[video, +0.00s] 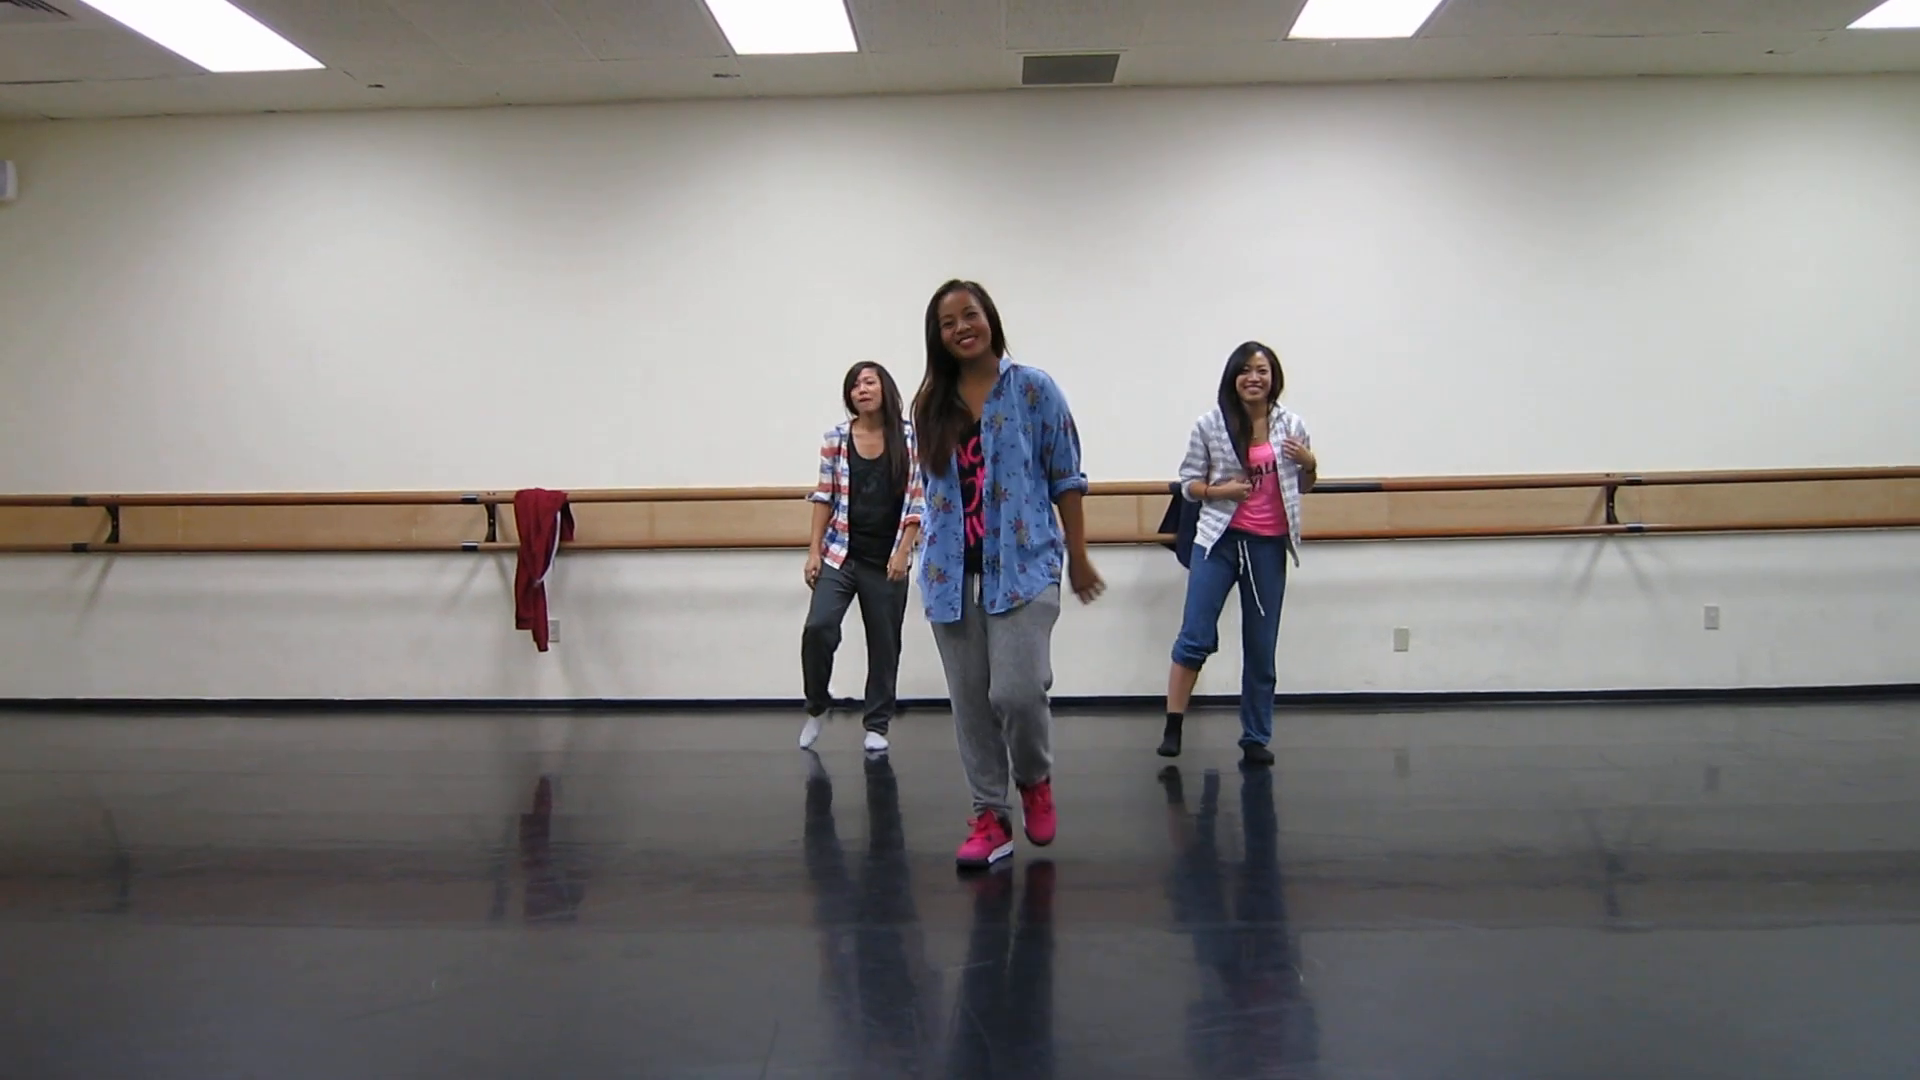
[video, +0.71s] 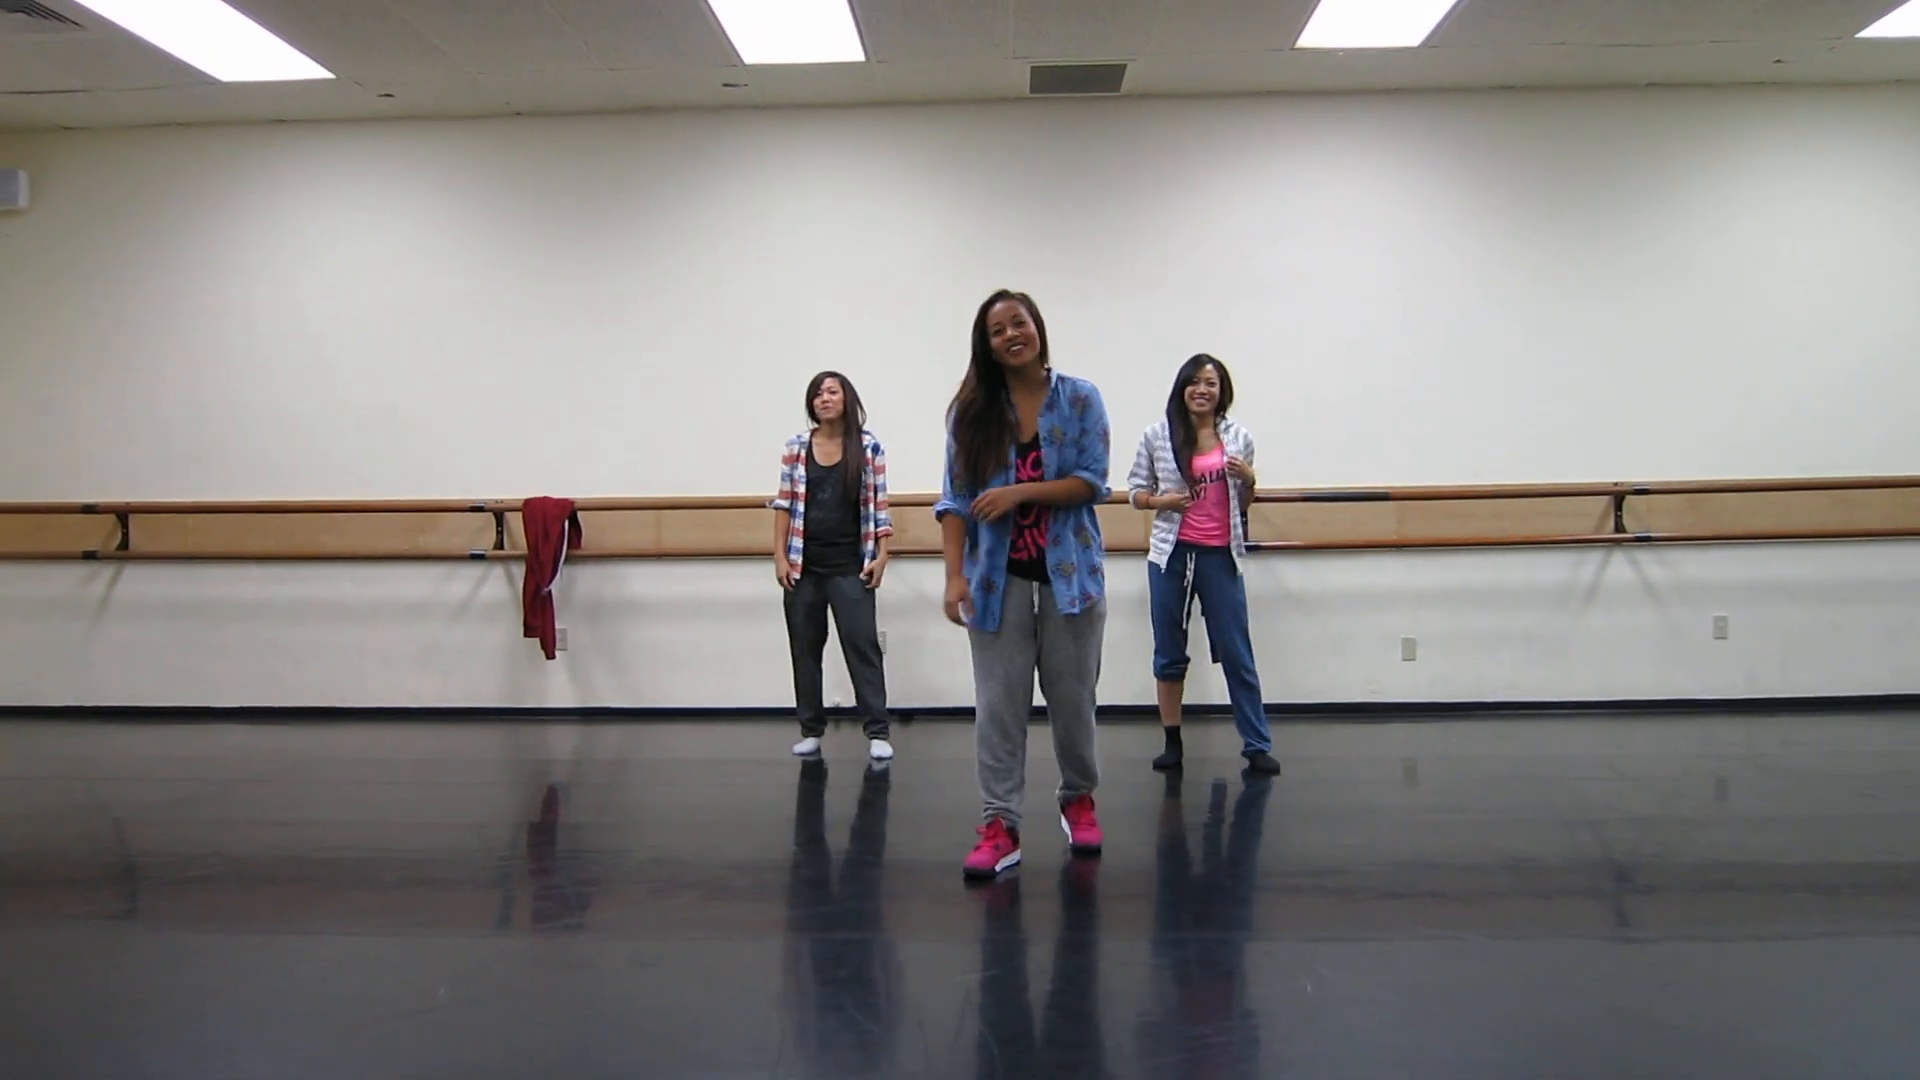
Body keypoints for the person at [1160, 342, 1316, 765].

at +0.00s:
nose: (1254, 377)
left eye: (1262, 371)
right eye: (1246, 371)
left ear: (1274, 378)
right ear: (1232, 378)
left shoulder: (1290, 423)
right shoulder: (1210, 426)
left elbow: (1303, 488)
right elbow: (1188, 486)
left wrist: (1309, 464)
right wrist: (1221, 489)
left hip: (1268, 543)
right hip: (1217, 539)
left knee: (1261, 648)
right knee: (1195, 634)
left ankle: (1256, 740)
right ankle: (1173, 726)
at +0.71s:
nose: (1201, 390)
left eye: (1210, 384)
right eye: (1193, 383)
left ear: (1222, 392)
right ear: (1180, 389)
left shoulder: (1237, 438)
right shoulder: (1157, 436)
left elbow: (1243, 503)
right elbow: (1137, 494)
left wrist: (1247, 479)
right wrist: (1164, 500)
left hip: (1219, 555)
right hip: (1169, 554)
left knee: (1236, 653)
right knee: (1169, 655)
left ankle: (1257, 747)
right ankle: (1171, 744)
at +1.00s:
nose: (1195, 391)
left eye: (1202, 385)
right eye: (1187, 384)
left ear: (1214, 392)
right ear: (1172, 391)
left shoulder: (1226, 438)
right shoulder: (1152, 438)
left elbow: (1238, 510)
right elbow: (1129, 497)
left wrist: (1238, 482)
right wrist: (1161, 492)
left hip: (1219, 554)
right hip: (1169, 555)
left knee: (1243, 652)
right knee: (1171, 656)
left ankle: (1267, 746)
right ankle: (1173, 748)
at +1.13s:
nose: (1198, 390)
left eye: (1206, 383)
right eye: (1190, 383)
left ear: (1217, 392)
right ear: (1176, 392)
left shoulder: (1232, 441)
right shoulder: (1161, 441)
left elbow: (1248, 506)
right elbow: (1136, 493)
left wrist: (1251, 475)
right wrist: (1159, 477)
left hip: (1224, 553)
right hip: (1174, 553)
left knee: (1252, 650)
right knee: (1174, 653)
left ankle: (1281, 742)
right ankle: (1175, 748)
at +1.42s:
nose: (1229, 395)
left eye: (1236, 388)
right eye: (1220, 389)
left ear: (1248, 397)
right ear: (1206, 398)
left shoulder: (1264, 445)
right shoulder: (1184, 447)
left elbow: (1274, 495)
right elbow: (1168, 507)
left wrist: (1275, 512)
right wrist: (1192, 545)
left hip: (1253, 562)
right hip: (1200, 561)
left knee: (1283, 657)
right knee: (1191, 658)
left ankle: (1307, 748)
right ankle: (1176, 753)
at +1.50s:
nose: (1245, 399)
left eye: (1252, 392)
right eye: (1236, 393)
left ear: (1263, 400)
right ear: (1222, 403)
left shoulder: (1280, 449)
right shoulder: (1202, 451)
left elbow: (1287, 503)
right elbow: (1186, 513)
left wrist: (1291, 514)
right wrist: (1197, 567)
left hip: (1268, 565)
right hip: (1216, 564)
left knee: (1290, 661)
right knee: (1201, 660)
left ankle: (1306, 752)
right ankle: (1177, 751)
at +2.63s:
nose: (1291, 394)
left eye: (1297, 387)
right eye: (1282, 389)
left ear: (1309, 394)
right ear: (1269, 398)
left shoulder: (1328, 442)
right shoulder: (1251, 446)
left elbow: (1339, 504)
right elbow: (1242, 509)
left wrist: (1337, 560)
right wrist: (1252, 566)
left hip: (1313, 562)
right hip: (1265, 559)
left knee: (1312, 664)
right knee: (1244, 653)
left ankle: (1310, 751)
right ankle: (1216, 735)